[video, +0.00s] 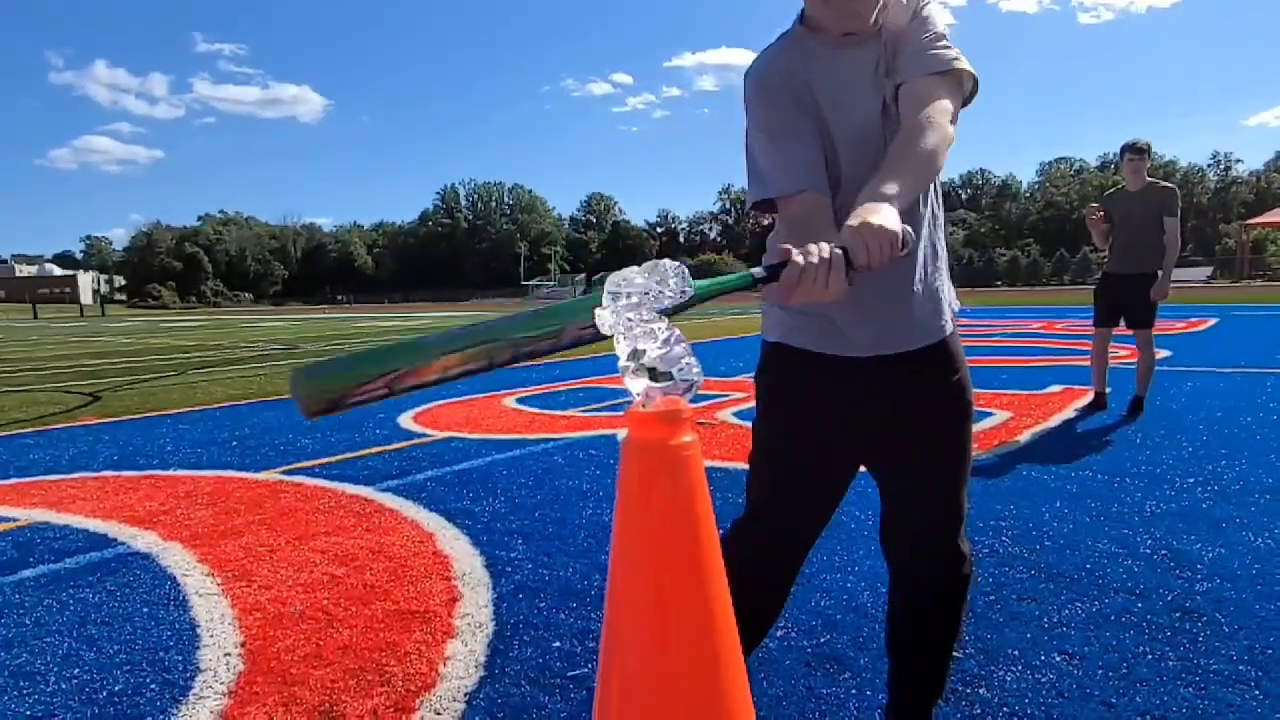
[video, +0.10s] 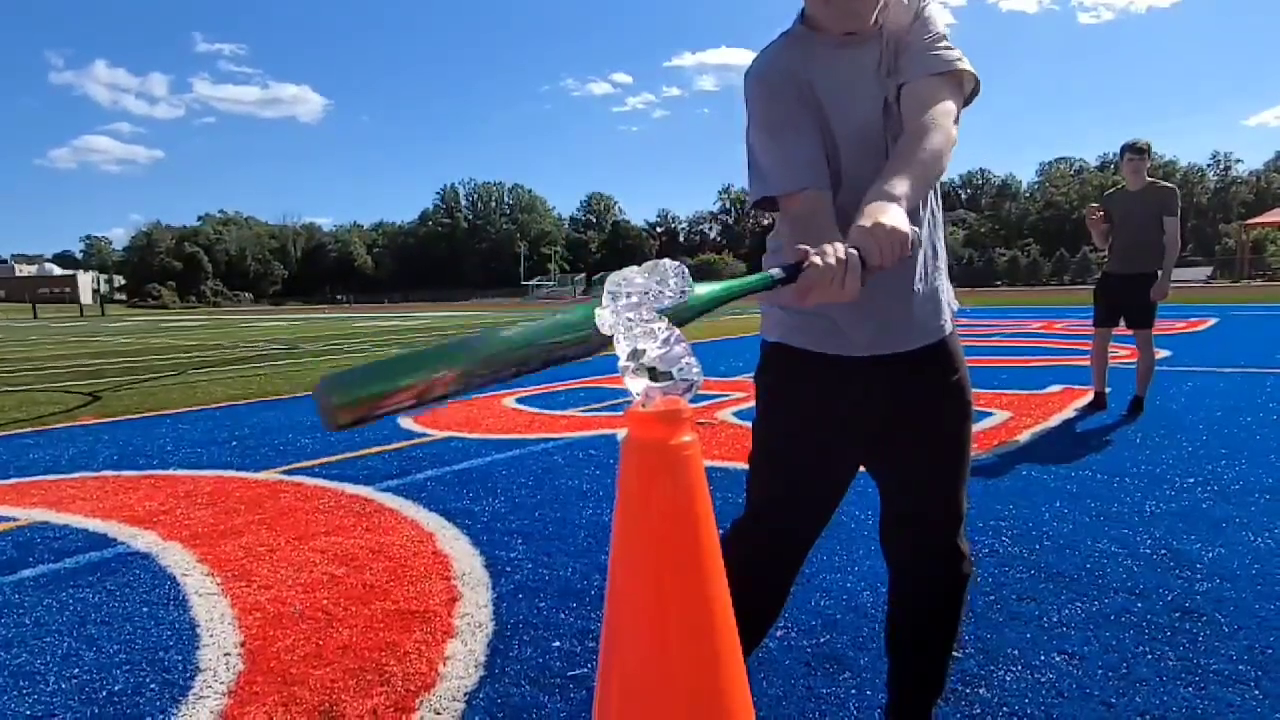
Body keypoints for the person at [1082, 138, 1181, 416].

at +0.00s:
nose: (1136, 164)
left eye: (1141, 159)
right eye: (1130, 159)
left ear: (1149, 162)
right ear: (1121, 164)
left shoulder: (1166, 193)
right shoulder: (1112, 198)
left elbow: (1172, 239)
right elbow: (1102, 243)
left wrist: (1165, 277)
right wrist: (1094, 225)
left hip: (1144, 277)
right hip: (1112, 276)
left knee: (1143, 341)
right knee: (1101, 338)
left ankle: (1139, 399)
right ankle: (1099, 395)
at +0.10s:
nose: (1136, 164)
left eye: (1141, 159)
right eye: (1130, 159)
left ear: (1149, 162)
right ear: (1121, 164)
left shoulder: (1166, 193)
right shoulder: (1112, 198)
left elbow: (1172, 239)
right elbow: (1102, 243)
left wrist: (1165, 278)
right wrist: (1094, 225)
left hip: (1144, 276)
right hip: (1112, 276)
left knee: (1143, 341)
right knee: (1101, 337)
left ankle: (1139, 399)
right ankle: (1099, 395)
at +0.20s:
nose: (1136, 164)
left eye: (1141, 159)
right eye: (1130, 159)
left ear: (1148, 162)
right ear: (1121, 164)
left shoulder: (1165, 194)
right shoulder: (1111, 198)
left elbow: (1172, 239)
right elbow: (1102, 243)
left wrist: (1164, 278)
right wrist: (1094, 225)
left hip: (1144, 276)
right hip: (1112, 276)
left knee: (1143, 341)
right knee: (1100, 337)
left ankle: (1138, 399)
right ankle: (1099, 395)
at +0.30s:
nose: (1136, 164)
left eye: (1141, 159)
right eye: (1130, 159)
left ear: (1148, 162)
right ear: (1121, 164)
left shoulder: (1165, 193)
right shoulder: (1111, 198)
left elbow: (1172, 239)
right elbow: (1102, 243)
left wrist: (1164, 278)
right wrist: (1094, 225)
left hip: (1144, 276)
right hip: (1112, 276)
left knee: (1143, 341)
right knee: (1100, 338)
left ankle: (1138, 398)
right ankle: (1098, 395)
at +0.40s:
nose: (1136, 164)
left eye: (1141, 159)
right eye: (1130, 159)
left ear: (1148, 162)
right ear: (1121, 164)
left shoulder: (1165, 194)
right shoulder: (1111, 198)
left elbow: (1172, 239)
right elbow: (1101, 243)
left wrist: (1164, 278)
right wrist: (1093, 224)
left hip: (1143, 277)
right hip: (1111, 277)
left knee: (1143, 341)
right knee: (1100, 338)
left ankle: (1138, 399)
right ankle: (1098, 395)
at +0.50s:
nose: (1134, 164)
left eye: (1139, 159)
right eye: (1129, 159)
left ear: (1148, 163)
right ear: (1120, 164)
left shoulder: (1165, 193)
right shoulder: (1111, 198)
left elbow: (1172, 239)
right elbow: (1102, 243)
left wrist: (1163, 278)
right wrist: (1094, 226)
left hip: (1143, 277)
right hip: (1111, 277)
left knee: (1142, 341)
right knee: (1099, 339)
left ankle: (1138, 398)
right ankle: (1098, 395)